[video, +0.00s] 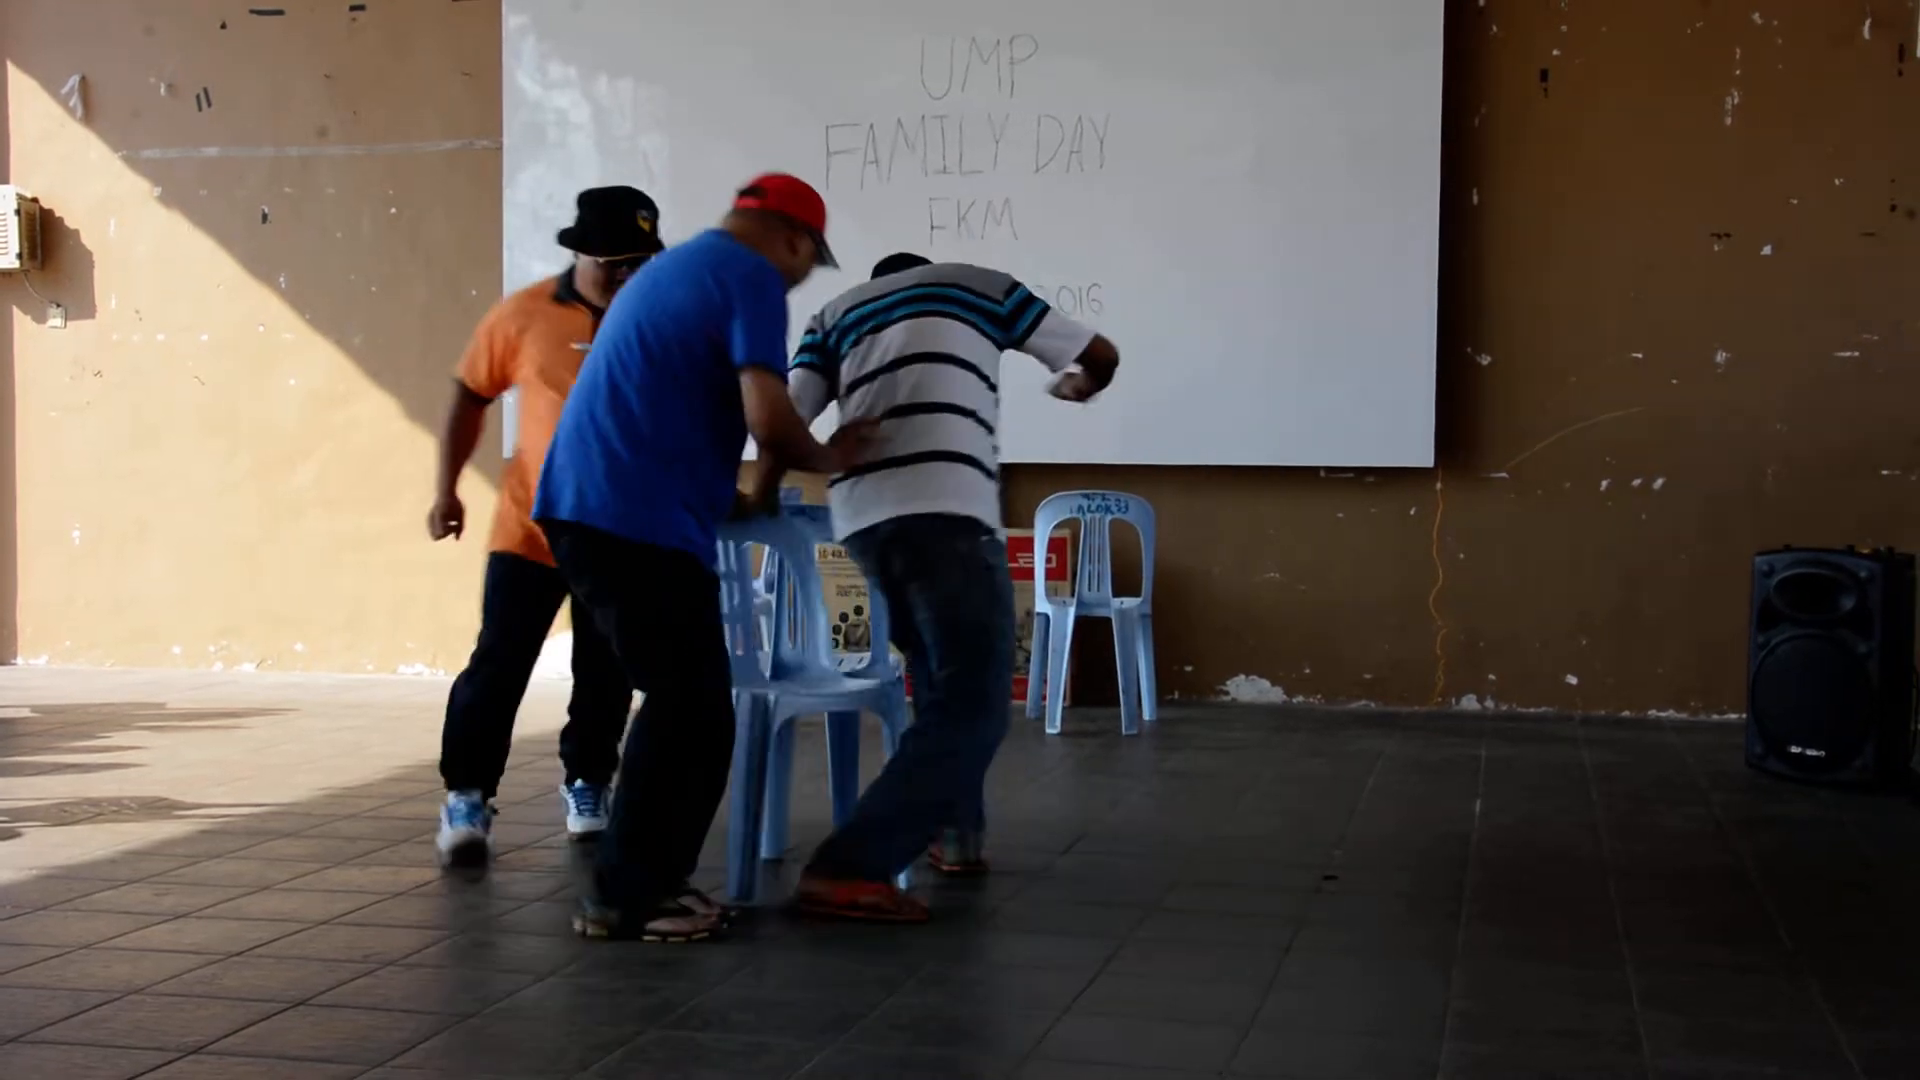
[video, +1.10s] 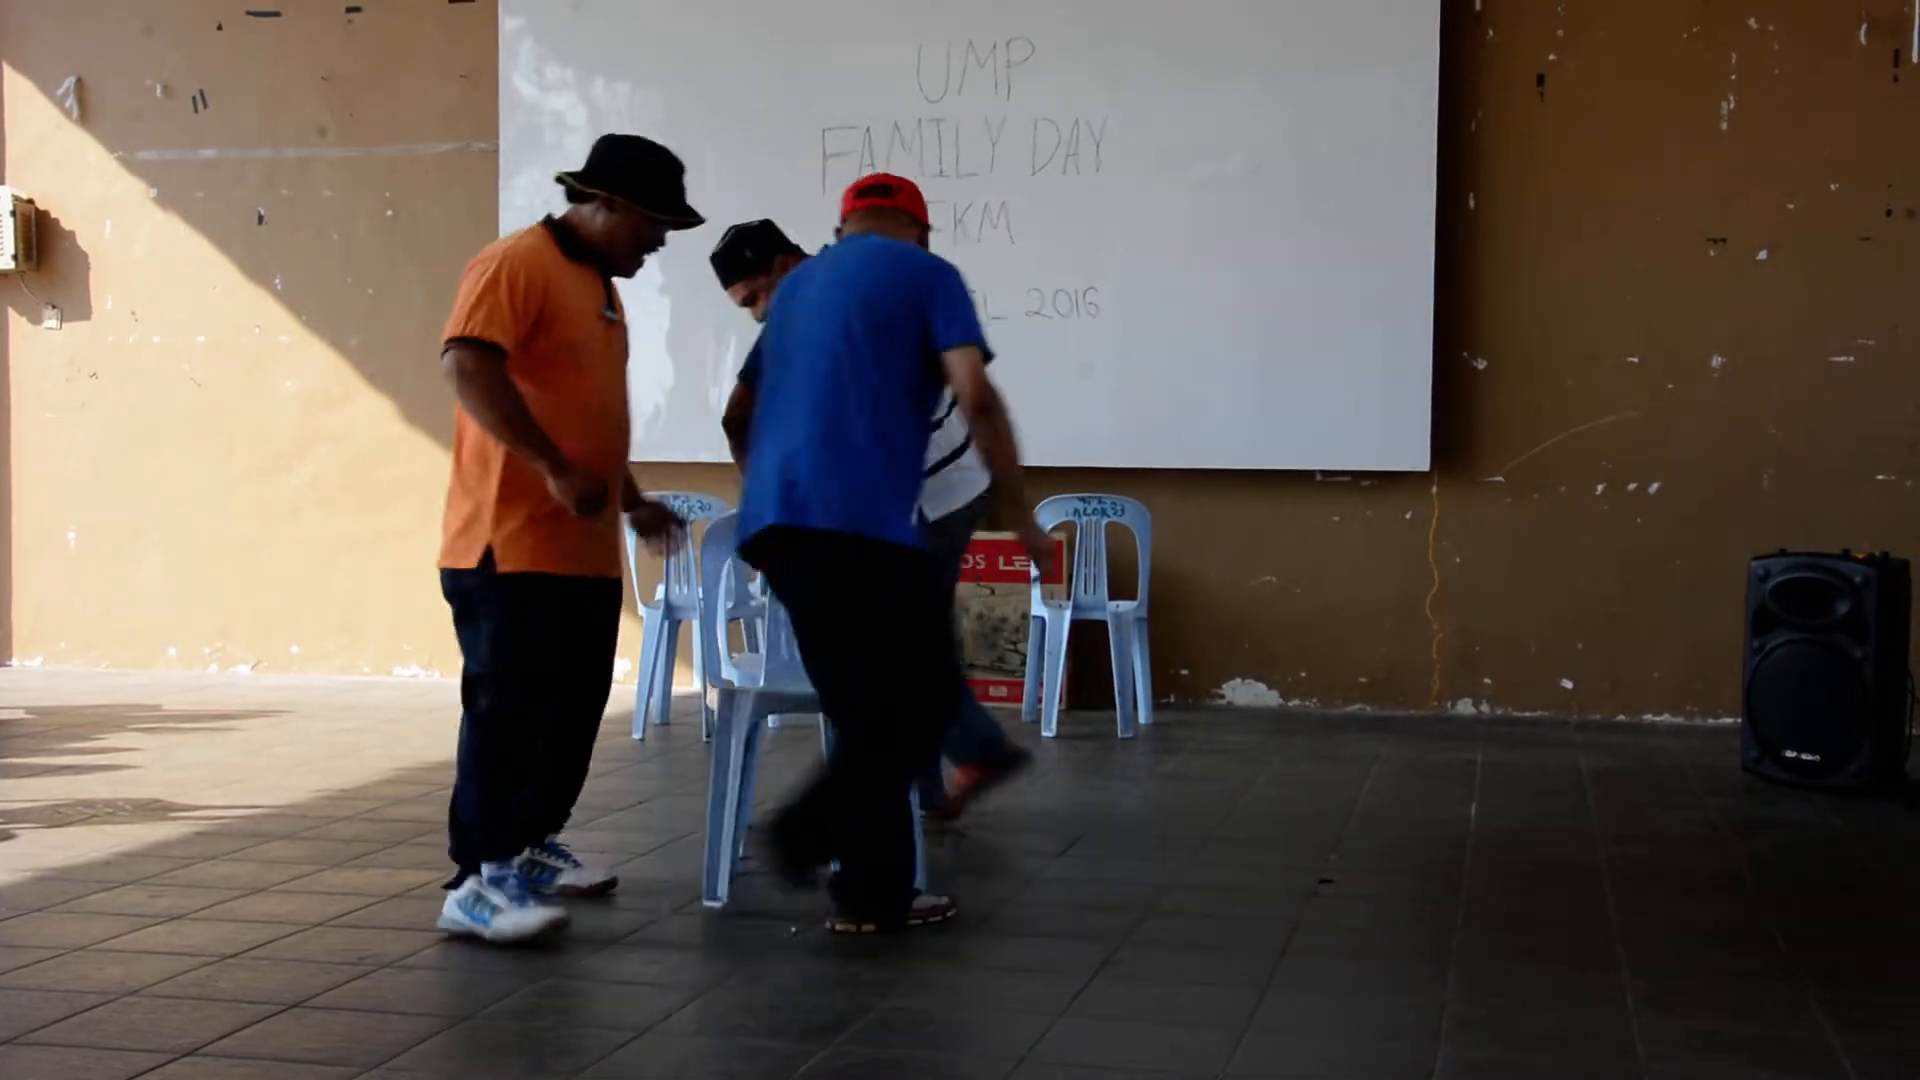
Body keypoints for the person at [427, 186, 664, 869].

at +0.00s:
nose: (621, 276)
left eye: (635, 264)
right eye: (608, 262)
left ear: (651, 261)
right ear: (578, 253)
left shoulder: (655, 325)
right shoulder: (524, 316)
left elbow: (688, 422)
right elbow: (472, 395)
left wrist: (679, 515)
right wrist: (447, 488)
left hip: (618, 535)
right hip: (530, 526)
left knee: (608, 671)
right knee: (500, 664)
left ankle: (590, 785)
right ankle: (466, 799)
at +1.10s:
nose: (655, 250)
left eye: (662, 236)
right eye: (652, 232)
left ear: (616, 214)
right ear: (606, 207)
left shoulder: (602, 294)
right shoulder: (519, 262)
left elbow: (588, 419)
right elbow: (467, 367)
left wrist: (632, 499)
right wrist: (555, 466)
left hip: (581, 549)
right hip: (511, 547)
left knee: (570, 709)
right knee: (507, 710)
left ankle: (529, 849)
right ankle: (476, 878)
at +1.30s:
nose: (688, 252)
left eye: (695, 238)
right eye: (685, 234)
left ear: (651, 219)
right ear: (645, 212)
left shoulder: (616, 285)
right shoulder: (565, 268)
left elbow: (591, 410)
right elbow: (563, 387)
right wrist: (665, 470)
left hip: (610, 550)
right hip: (537, 551)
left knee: (643, 699)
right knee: (534, 717)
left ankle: (548, 834)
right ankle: (477, 886)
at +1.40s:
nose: (720, 237)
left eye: (726, 222)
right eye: (717, 218)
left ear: (676, 205)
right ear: (678, 201)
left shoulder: (640, 271)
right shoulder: (604, 253)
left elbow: (643, 420)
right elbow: (636, 387)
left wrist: (717, 383)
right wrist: (739, 462)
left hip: (636, 540)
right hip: (569, 537)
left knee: (677, 682)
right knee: (553, 708)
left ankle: (617, 862)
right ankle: (483, 881)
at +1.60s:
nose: (782, 258)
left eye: (790, 243)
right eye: (782, 239)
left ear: (724, 216)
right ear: (745, 219)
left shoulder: (669, 271)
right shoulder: (688, 274)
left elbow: (653, 392)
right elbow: (719, 396)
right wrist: (818, 486)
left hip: (668, 541)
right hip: (677, 546)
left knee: (694, 713)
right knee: (711, 717)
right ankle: (576, 837)